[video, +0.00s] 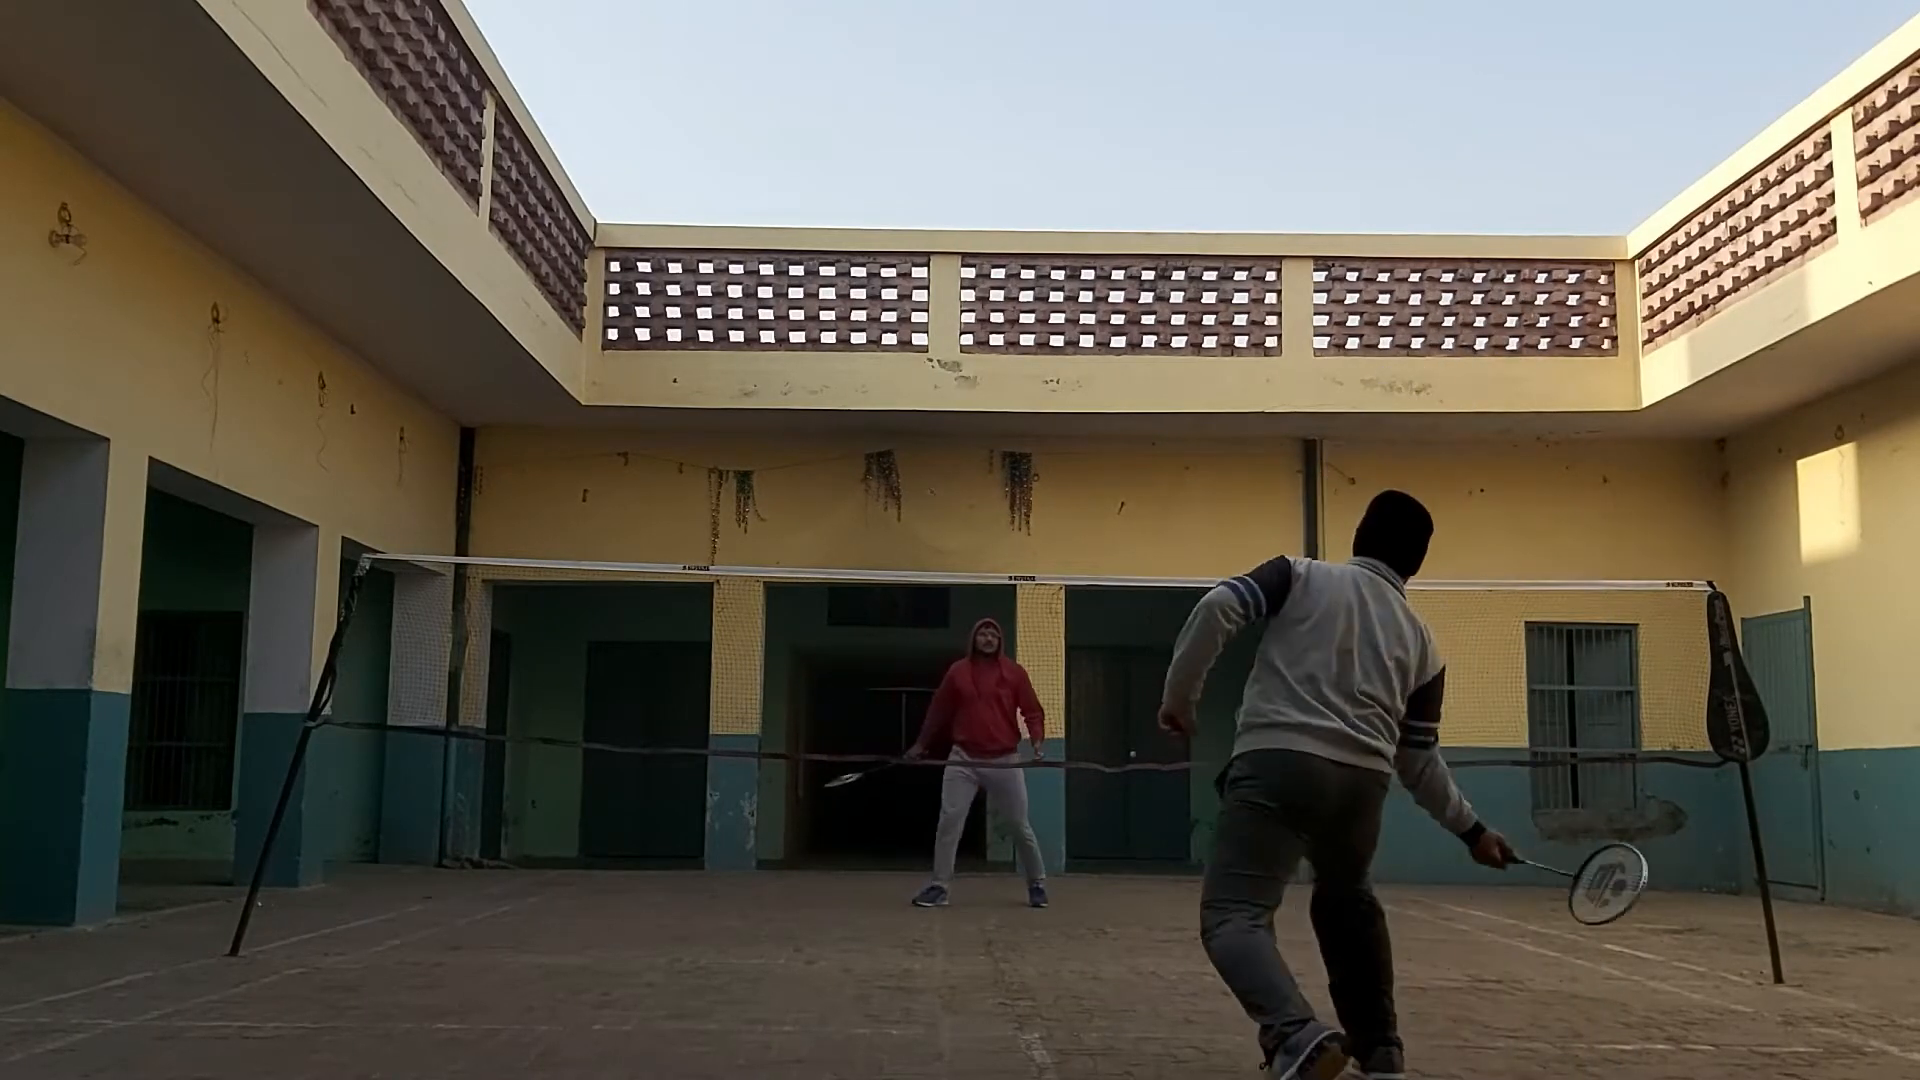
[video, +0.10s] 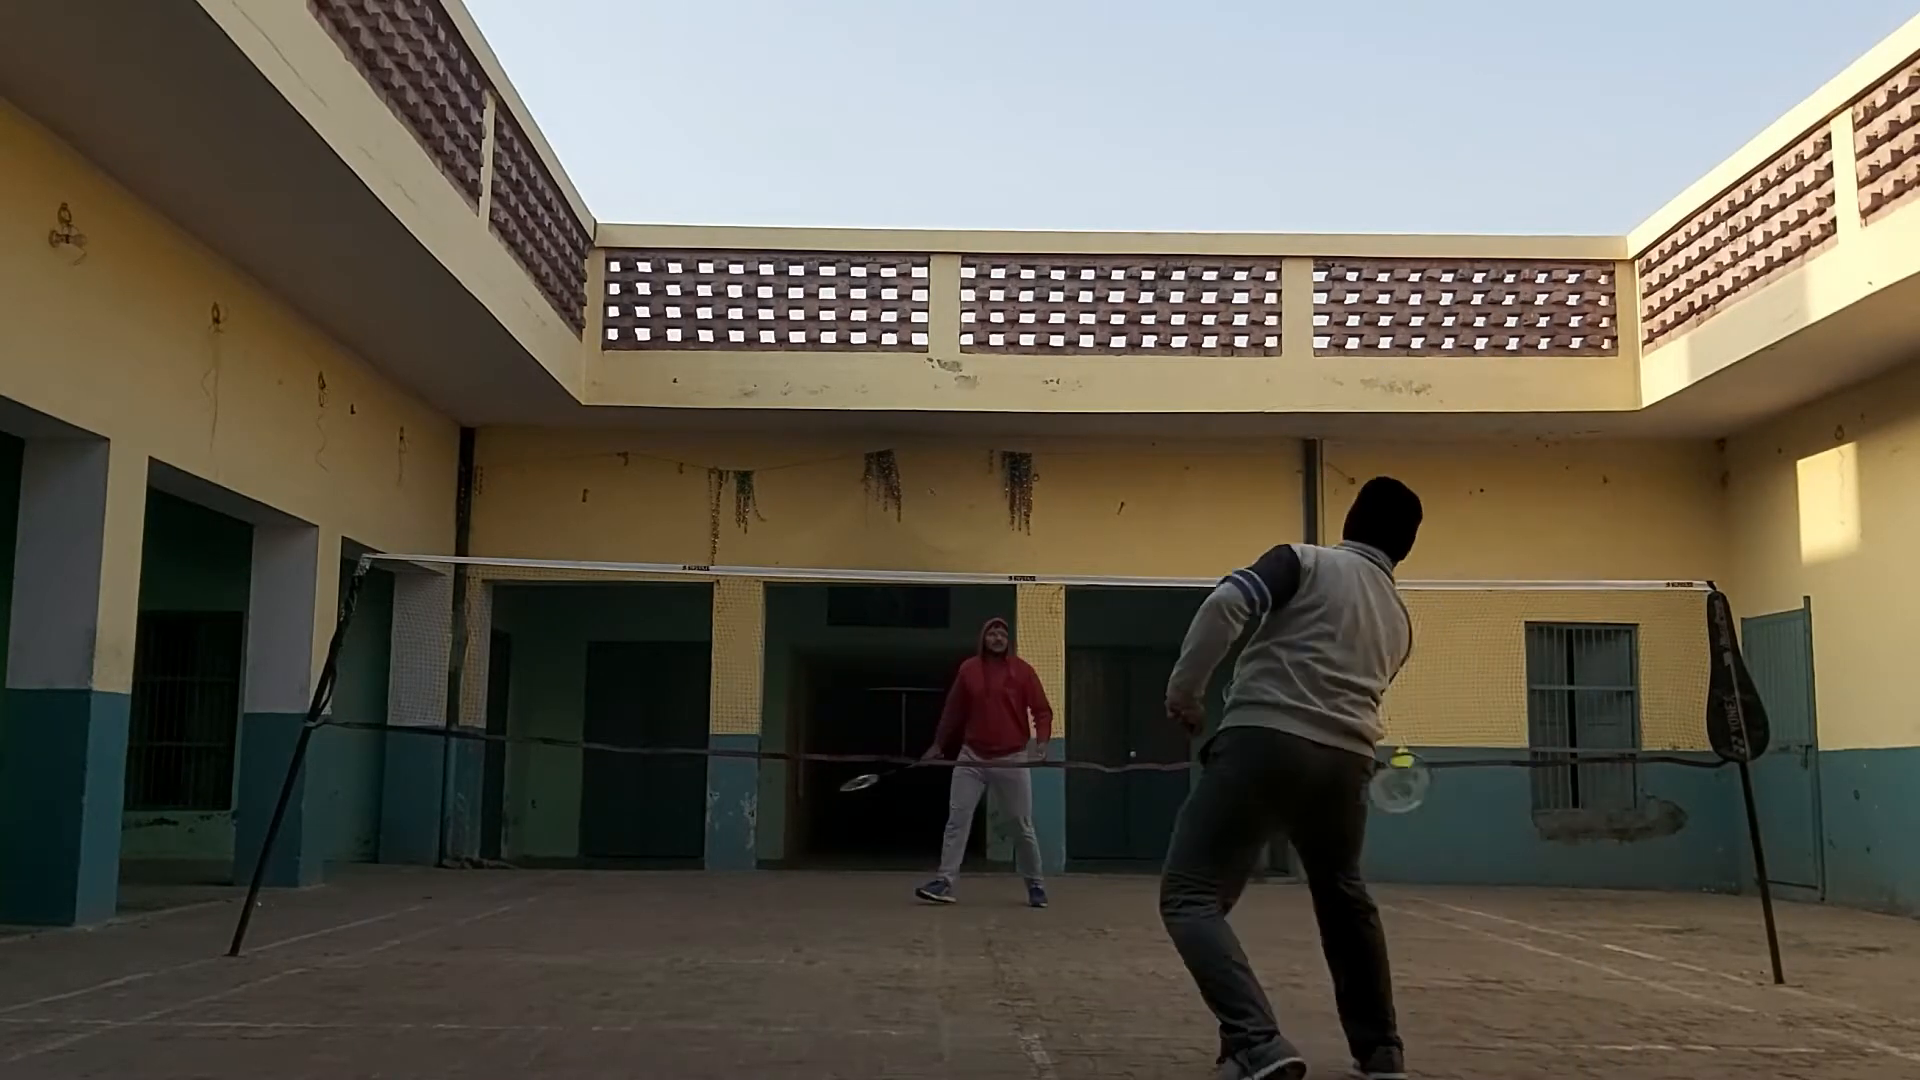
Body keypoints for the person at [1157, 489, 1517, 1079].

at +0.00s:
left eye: (1360, 534)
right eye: (1413, 552)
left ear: (1356, 539)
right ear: (1416, 562)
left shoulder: (1300, 574)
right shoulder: (1421, 645)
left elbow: (1220, 604)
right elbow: (1418, 759)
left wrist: (1178, 698)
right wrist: (1474, 830)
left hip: (1274, 757)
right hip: (1362, 782)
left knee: (1235, 916)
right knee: (1346, 895)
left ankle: (1296, 1035)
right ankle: (1379, 1050)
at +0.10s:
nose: (1346, 523)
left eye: (1350, 515)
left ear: (1348, 523)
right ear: (1405, 548)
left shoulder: (1302, 559)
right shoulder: (1401, 620)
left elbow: (1229, 602)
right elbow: (1359, 684)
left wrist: (1184, 687)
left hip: (1260, 741)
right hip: (1343, 763)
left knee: (1190, 896)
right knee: (1343, 891)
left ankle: (1257, 1046)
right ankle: (1379, 1052)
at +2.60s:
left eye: (826, 435)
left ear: (821, 443)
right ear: (895, 440)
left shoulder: (776, 533)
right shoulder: (950, 515)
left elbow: (741, 658)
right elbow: (1002, 632)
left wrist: (777, 757)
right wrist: (985, 706)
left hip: (813, 751)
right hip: (930, 747)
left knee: (754, 931)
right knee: (1010, 923)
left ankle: (678, 1068)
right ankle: (1045, 1071)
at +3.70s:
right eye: (992, 449)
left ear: (923, 450)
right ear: (994, 450)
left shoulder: (867, 519)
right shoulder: (1022, 511)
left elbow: (824, 629)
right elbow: (1054, 616)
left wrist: (865, 703)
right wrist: (1064, 700)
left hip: (879, 707)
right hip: (981, 701)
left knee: (900, 893)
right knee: (1038, 892)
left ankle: (871, 1067)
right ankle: (1083, 1066)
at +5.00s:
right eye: (909, 341)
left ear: (833, 359)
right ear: (916, 354)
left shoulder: (778, 452)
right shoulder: (967, 431)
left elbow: (688, 586)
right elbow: (1015, 554)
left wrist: (712, 642)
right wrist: (1041, 687)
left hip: (819, 694)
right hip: (945, 692)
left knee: (858, 921)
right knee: (950, 908)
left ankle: (872, 1072)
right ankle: (918, 1067)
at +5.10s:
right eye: (888, 365)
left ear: (815, 376)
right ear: (897, 374)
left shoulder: (762, 470)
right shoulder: (945, 448)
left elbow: (700, 614)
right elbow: (992, 566)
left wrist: (748, 645)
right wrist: (1029, 691)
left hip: (798, 700)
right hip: (923, 700)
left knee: (838, 923)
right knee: (913, 913)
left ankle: (857, 1071)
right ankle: (872, 1064)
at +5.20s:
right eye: (875, 383)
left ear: (799, 391)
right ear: (880, 390)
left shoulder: (748, 478)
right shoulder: (919, 460)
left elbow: (716, 610)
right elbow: (966, 570)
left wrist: (765, 670)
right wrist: (1002, 694)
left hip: (771, 699)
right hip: (894, 697)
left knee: (817, 922)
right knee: (878, 905)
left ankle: (854, 1073)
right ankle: (847, 1062)